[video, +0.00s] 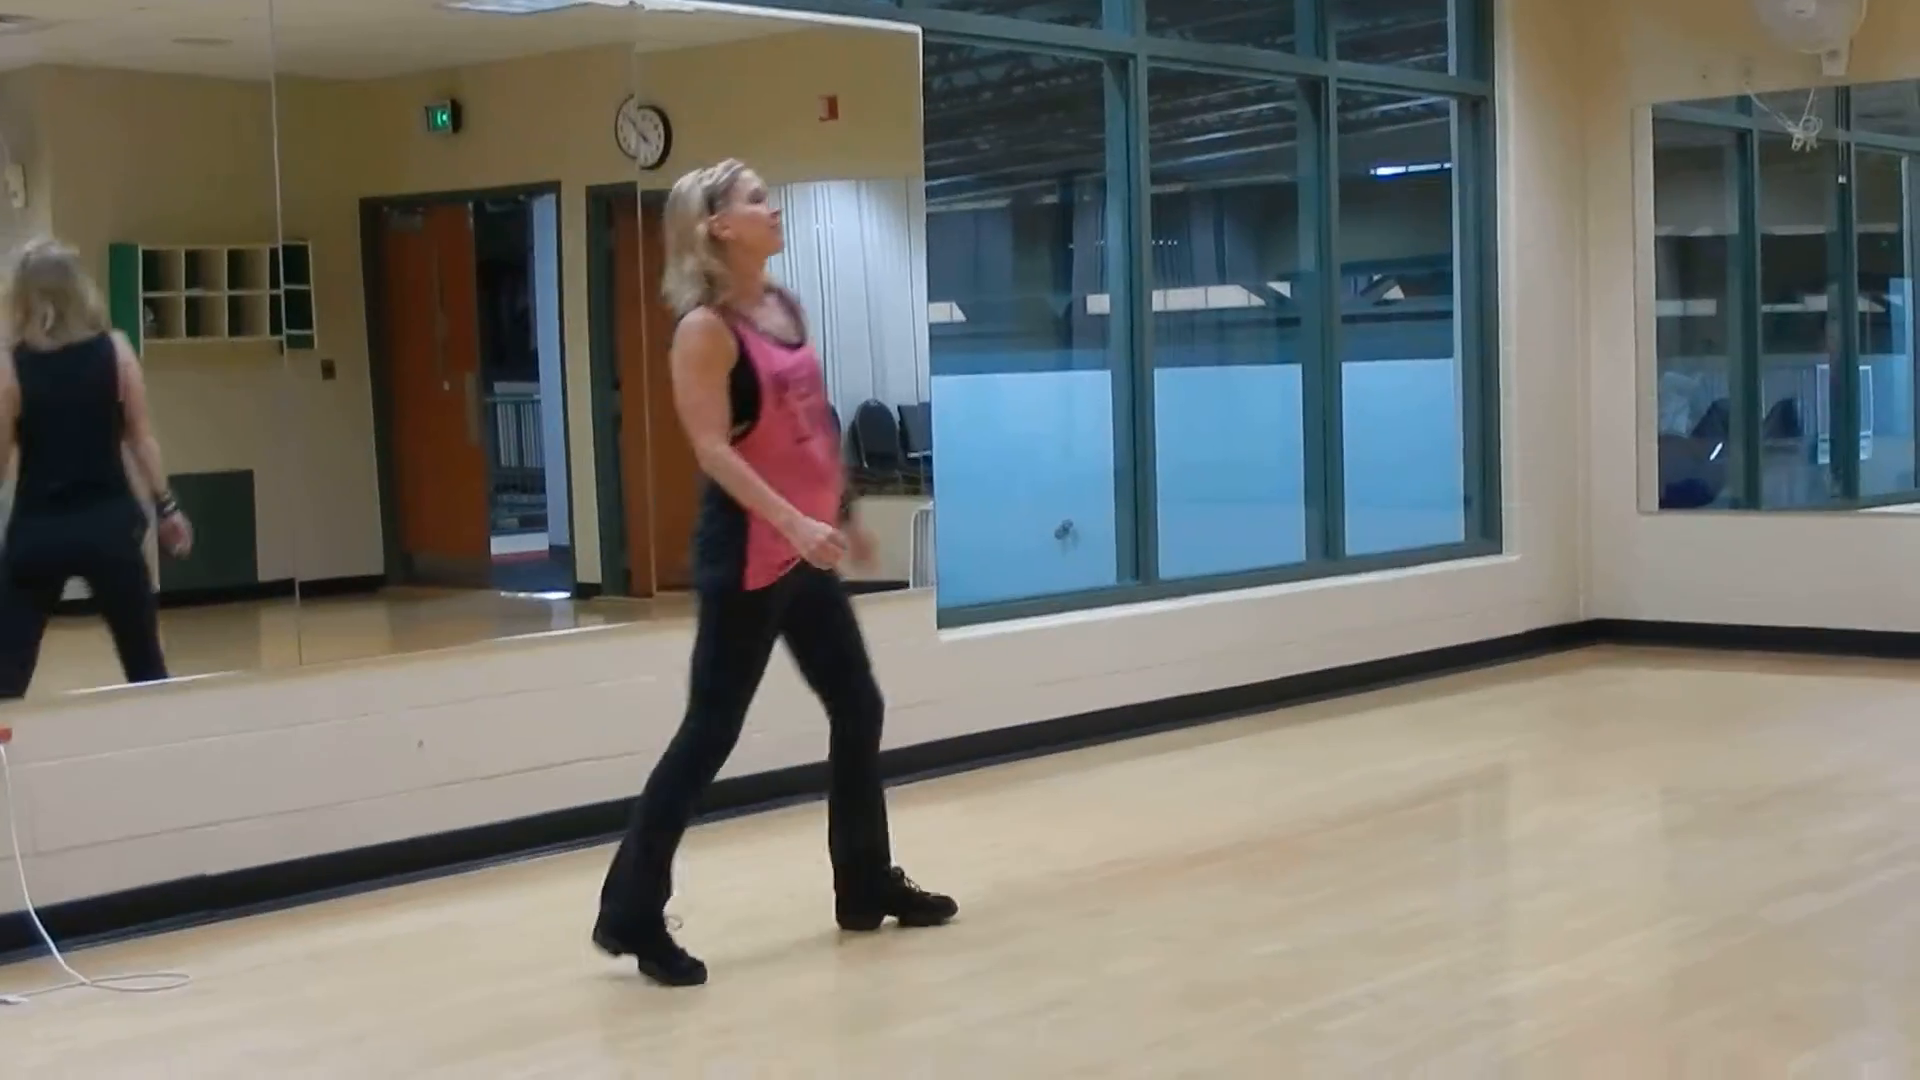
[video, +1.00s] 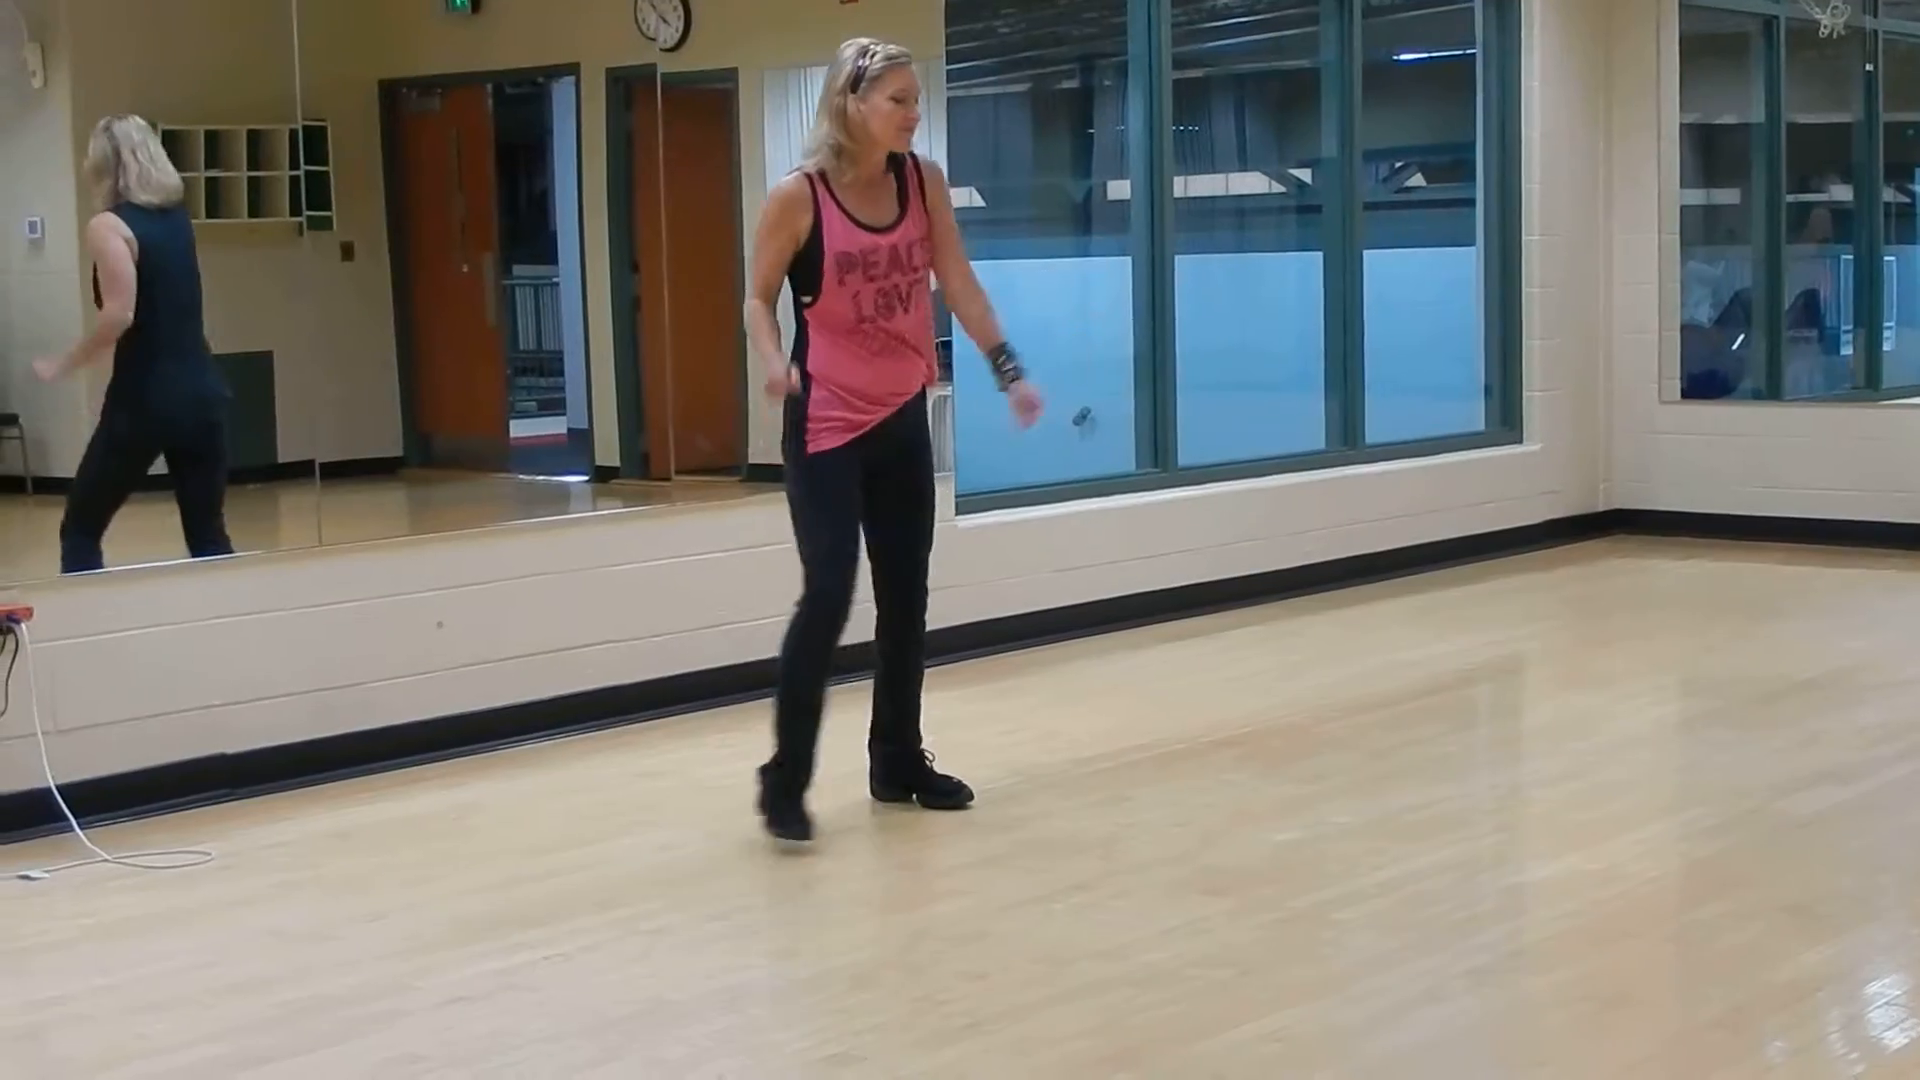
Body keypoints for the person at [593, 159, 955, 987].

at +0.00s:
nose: (772, 208)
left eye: (768, 198)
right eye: (754, 200)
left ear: (756, 226)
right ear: (713, 228)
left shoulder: (780, 306)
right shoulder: (702, 328)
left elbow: (800, 426)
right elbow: (711, 448)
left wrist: (837, 516)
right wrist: (793, 525)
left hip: (802, 546)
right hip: (745, 552)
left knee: (858, 710)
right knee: (707, 734)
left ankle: (865, 887)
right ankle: (628, 912)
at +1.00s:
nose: (909, 116)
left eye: (915, 103)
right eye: (896, 102)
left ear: (911, 109)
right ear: (848, 104)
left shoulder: (922, 179)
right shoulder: (797, 198)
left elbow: (957, 280)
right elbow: (761, 296)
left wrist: (1006, 368)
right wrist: (771, 359)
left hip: (903, 417)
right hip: (823, 422)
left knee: (905, 599)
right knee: (828, 595)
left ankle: (898, 764)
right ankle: (785, 781)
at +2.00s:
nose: (787, 151)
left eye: (792, 137)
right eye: (772, 137)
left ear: (786, 145)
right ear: (720, 140)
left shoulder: (795, 225)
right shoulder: (657, 239)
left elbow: (844, 330)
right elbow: (619, 357)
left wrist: (909, 271)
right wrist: (613, 470)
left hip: (793, 472)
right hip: (705, 484)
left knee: (787, 671)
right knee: (713, 674)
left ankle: (778, 842)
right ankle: (685, 857)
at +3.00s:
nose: (776, 195)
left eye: (777, 181)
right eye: (754, 186)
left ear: (781, 198)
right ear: (708, 207)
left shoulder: (781, 291)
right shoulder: (681, 278)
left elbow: (748, 404)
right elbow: (649, 386)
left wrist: (748, 498)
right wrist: (723, 364)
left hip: (735, 535)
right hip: (655, 547)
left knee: (835, 702)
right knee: (644, 747)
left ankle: (833, 876)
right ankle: (624, 936)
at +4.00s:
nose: (991, 205)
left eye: (992, 192)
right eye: (977, 193)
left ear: (978, 200)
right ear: (930, 197)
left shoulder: (987, 273)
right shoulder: (888, 260)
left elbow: (959, 366)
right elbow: (866, 362)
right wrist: (929, 397)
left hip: (943, 508)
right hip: (870, 514)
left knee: (1019, 669)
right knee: (869, 697)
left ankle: (1012, 846)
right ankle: (867, 869)